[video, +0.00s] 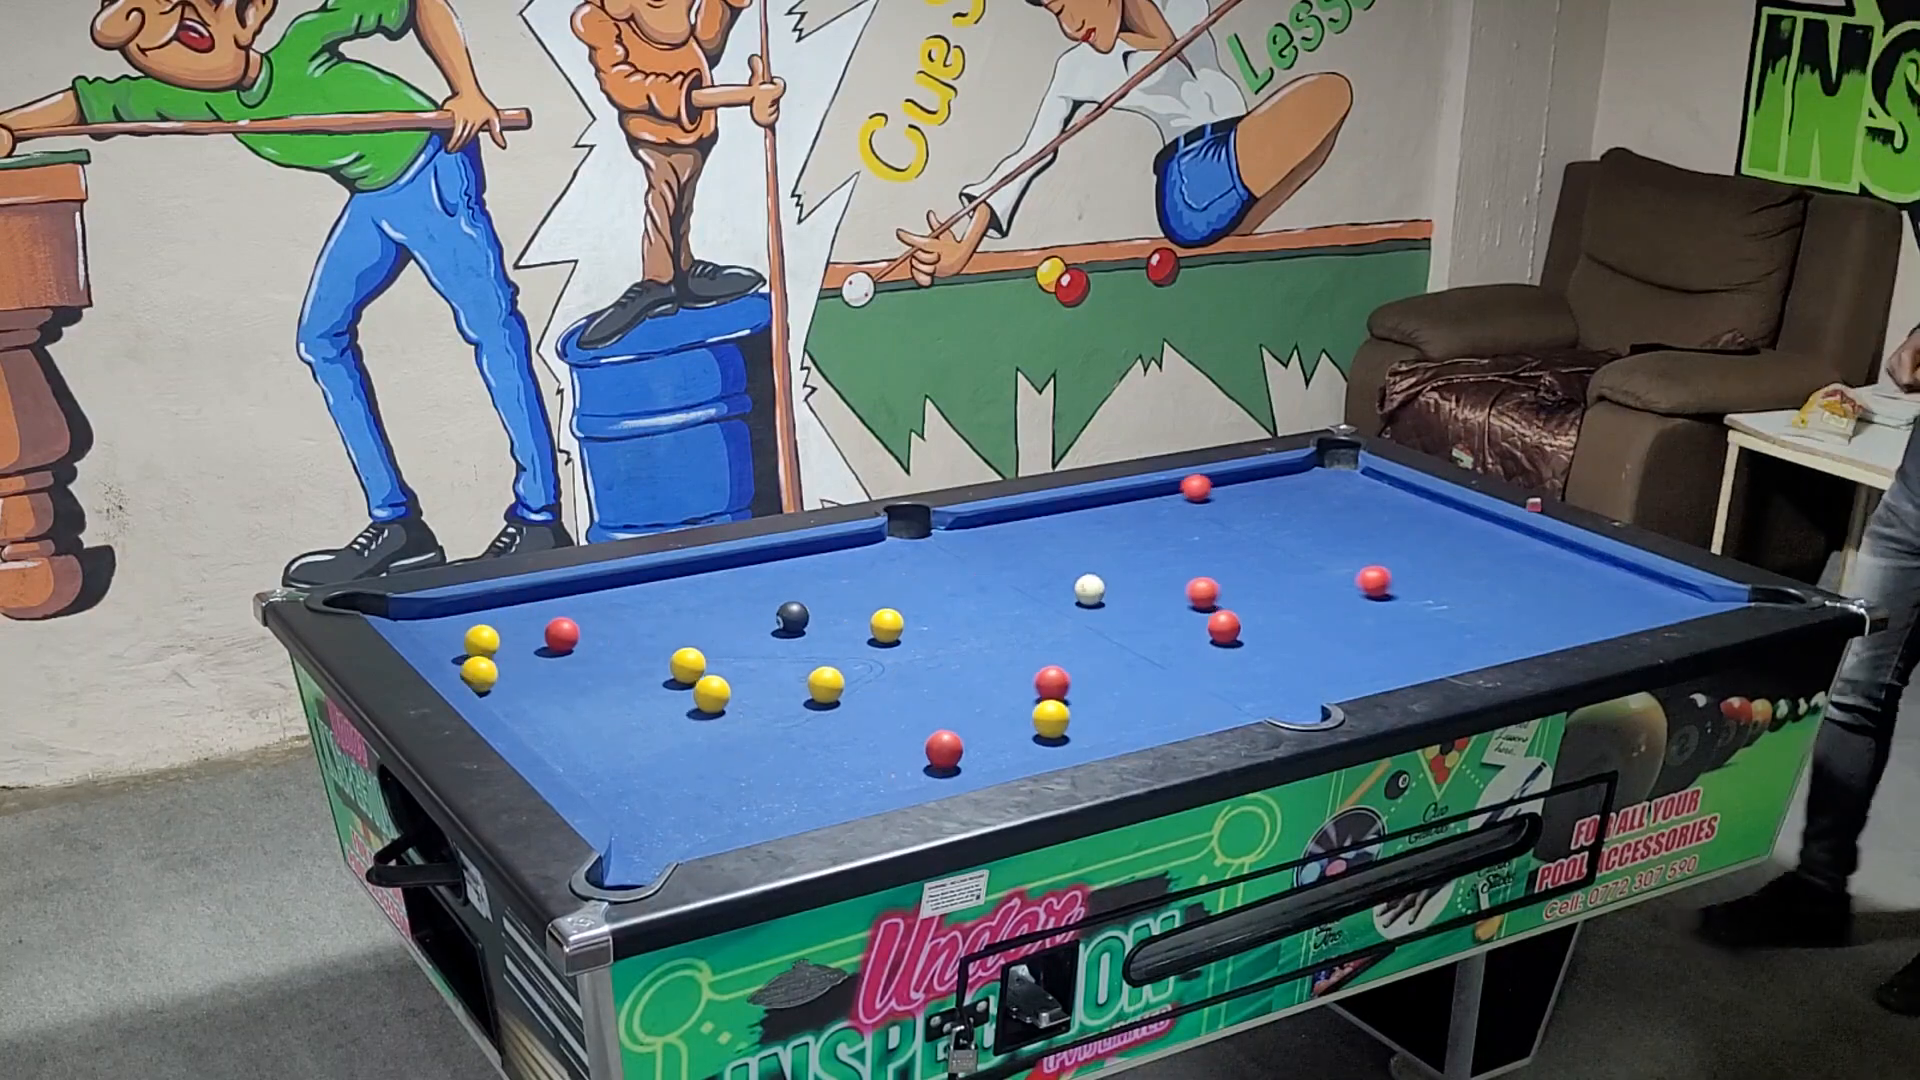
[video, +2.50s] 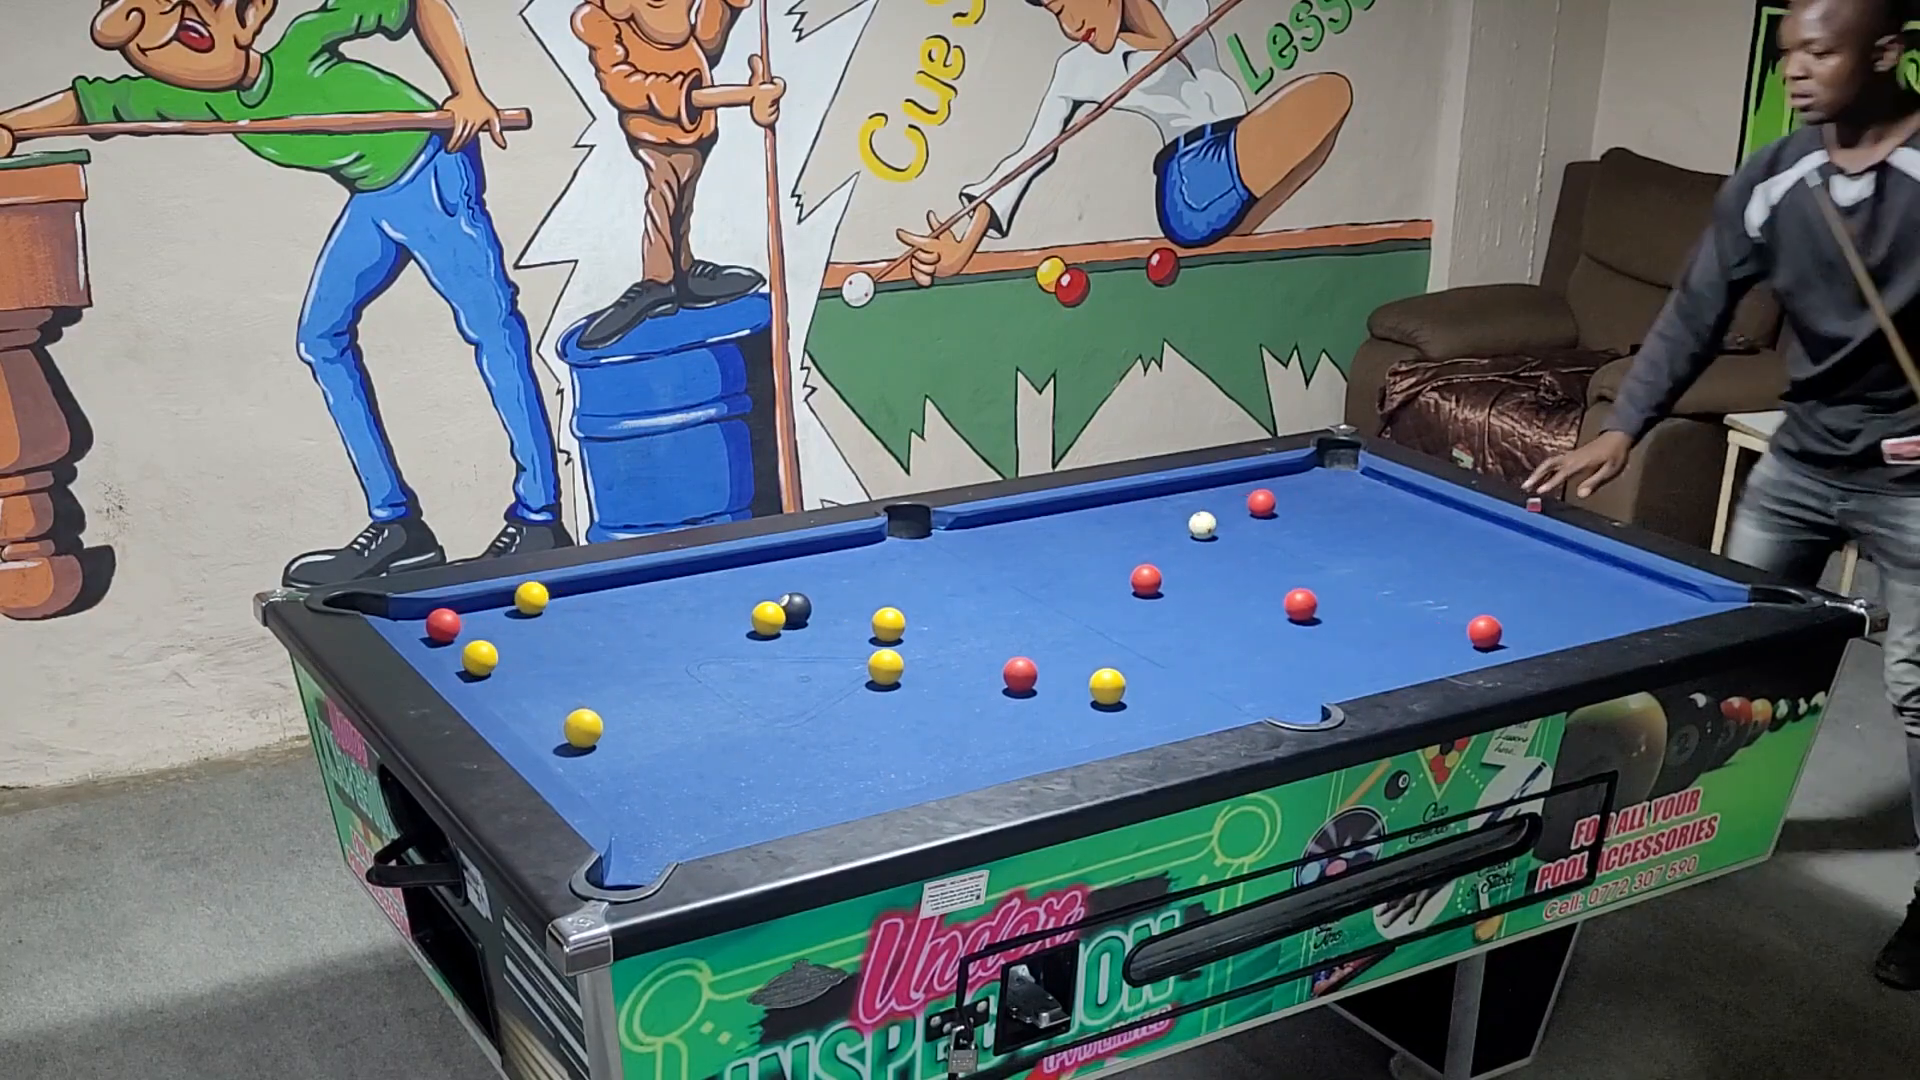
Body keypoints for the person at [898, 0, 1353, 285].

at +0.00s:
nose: (1070, 25)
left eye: (1070, 6)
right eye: (1057, 16)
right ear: (1056, 18)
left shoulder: (1177, 10)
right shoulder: (1077, 68)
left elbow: (1199, 60)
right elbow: (1028, 157)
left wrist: (1140, 14)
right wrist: (964, 246)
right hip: (1190, 185)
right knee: (1330, 91)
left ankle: (1239, 232)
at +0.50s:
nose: (1070, 25)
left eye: (1070, 6)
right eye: (1057, 16)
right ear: (1056, 18)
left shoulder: (1177, 10)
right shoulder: (1077, 69)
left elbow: (1198, 59)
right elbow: (1028, 157)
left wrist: (1143, 17)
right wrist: (963, 246)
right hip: (1190, 185)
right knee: (1330, 92)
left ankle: (1239, 231)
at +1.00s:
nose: (1069, 24)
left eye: (1070, 5)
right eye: (1056, 15)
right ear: (1056, 18)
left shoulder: (1176, 10)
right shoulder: (1076, 69)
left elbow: (1196, 59)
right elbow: (1028, 157)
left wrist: (1139, 14)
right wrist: (963, 247)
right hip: (1191, 184)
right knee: (1331, 91)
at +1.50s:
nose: (1069, 24)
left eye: (1070, 5)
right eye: (1057, 15)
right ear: (1056, 18)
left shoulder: (1176, 10)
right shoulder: (1076, 69)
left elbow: (1198, 61)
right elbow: (1028, 157)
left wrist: (1140, 13)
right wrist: (964, 245)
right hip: (1193, 183)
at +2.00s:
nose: (1069, 24)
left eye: (1070, 5)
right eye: (1057, 15)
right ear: (1056, 18)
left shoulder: (1176, 9)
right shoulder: (1076, 69)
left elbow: (1196, 58)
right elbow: (1028, 156)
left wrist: (1138, 12)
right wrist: (964, 245)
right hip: (1197, 168)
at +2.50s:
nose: (1069, 23)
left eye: (1071, 4)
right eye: (1056, 15)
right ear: (1055, 18)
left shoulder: (1176, 10)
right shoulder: (1076, 68)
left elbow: (1197, 61)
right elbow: (1028, 156)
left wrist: (1140, 11)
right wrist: (964, 245)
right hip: (1194, 183)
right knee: (1330, 91)